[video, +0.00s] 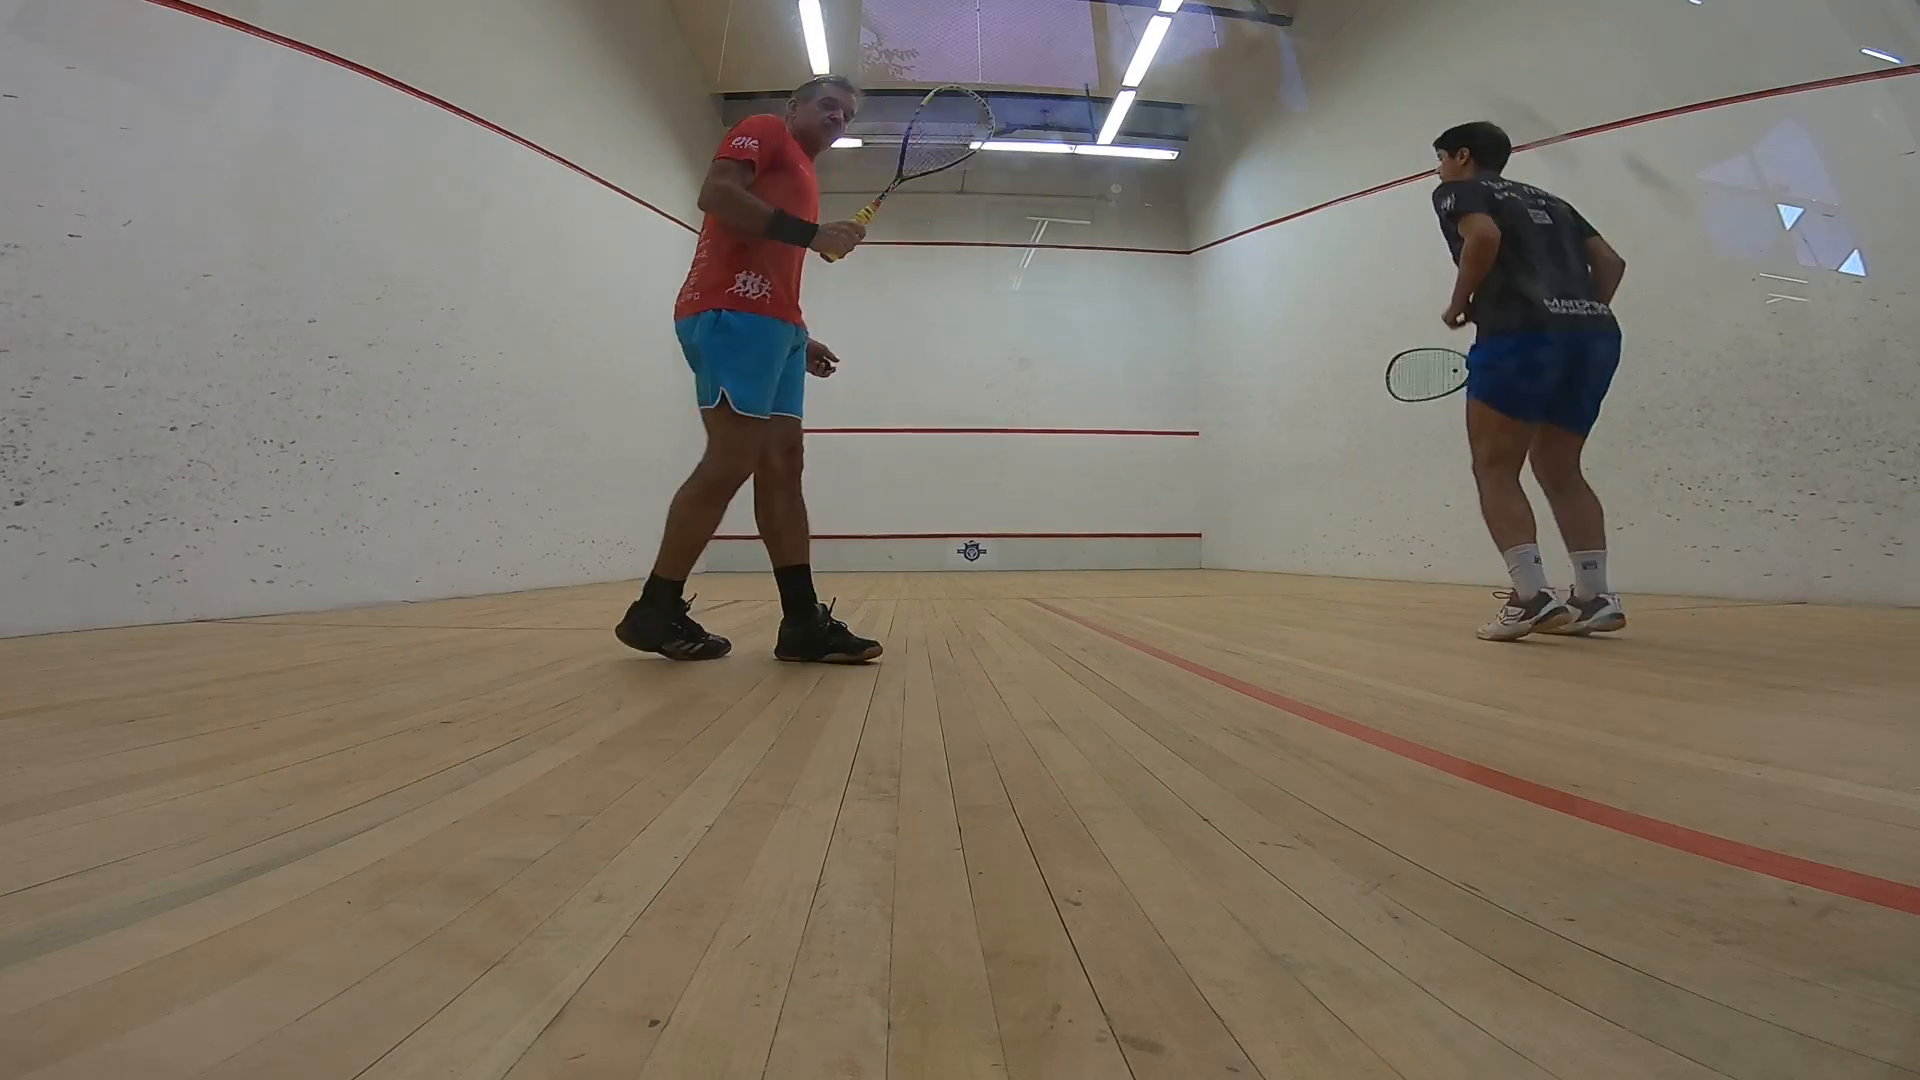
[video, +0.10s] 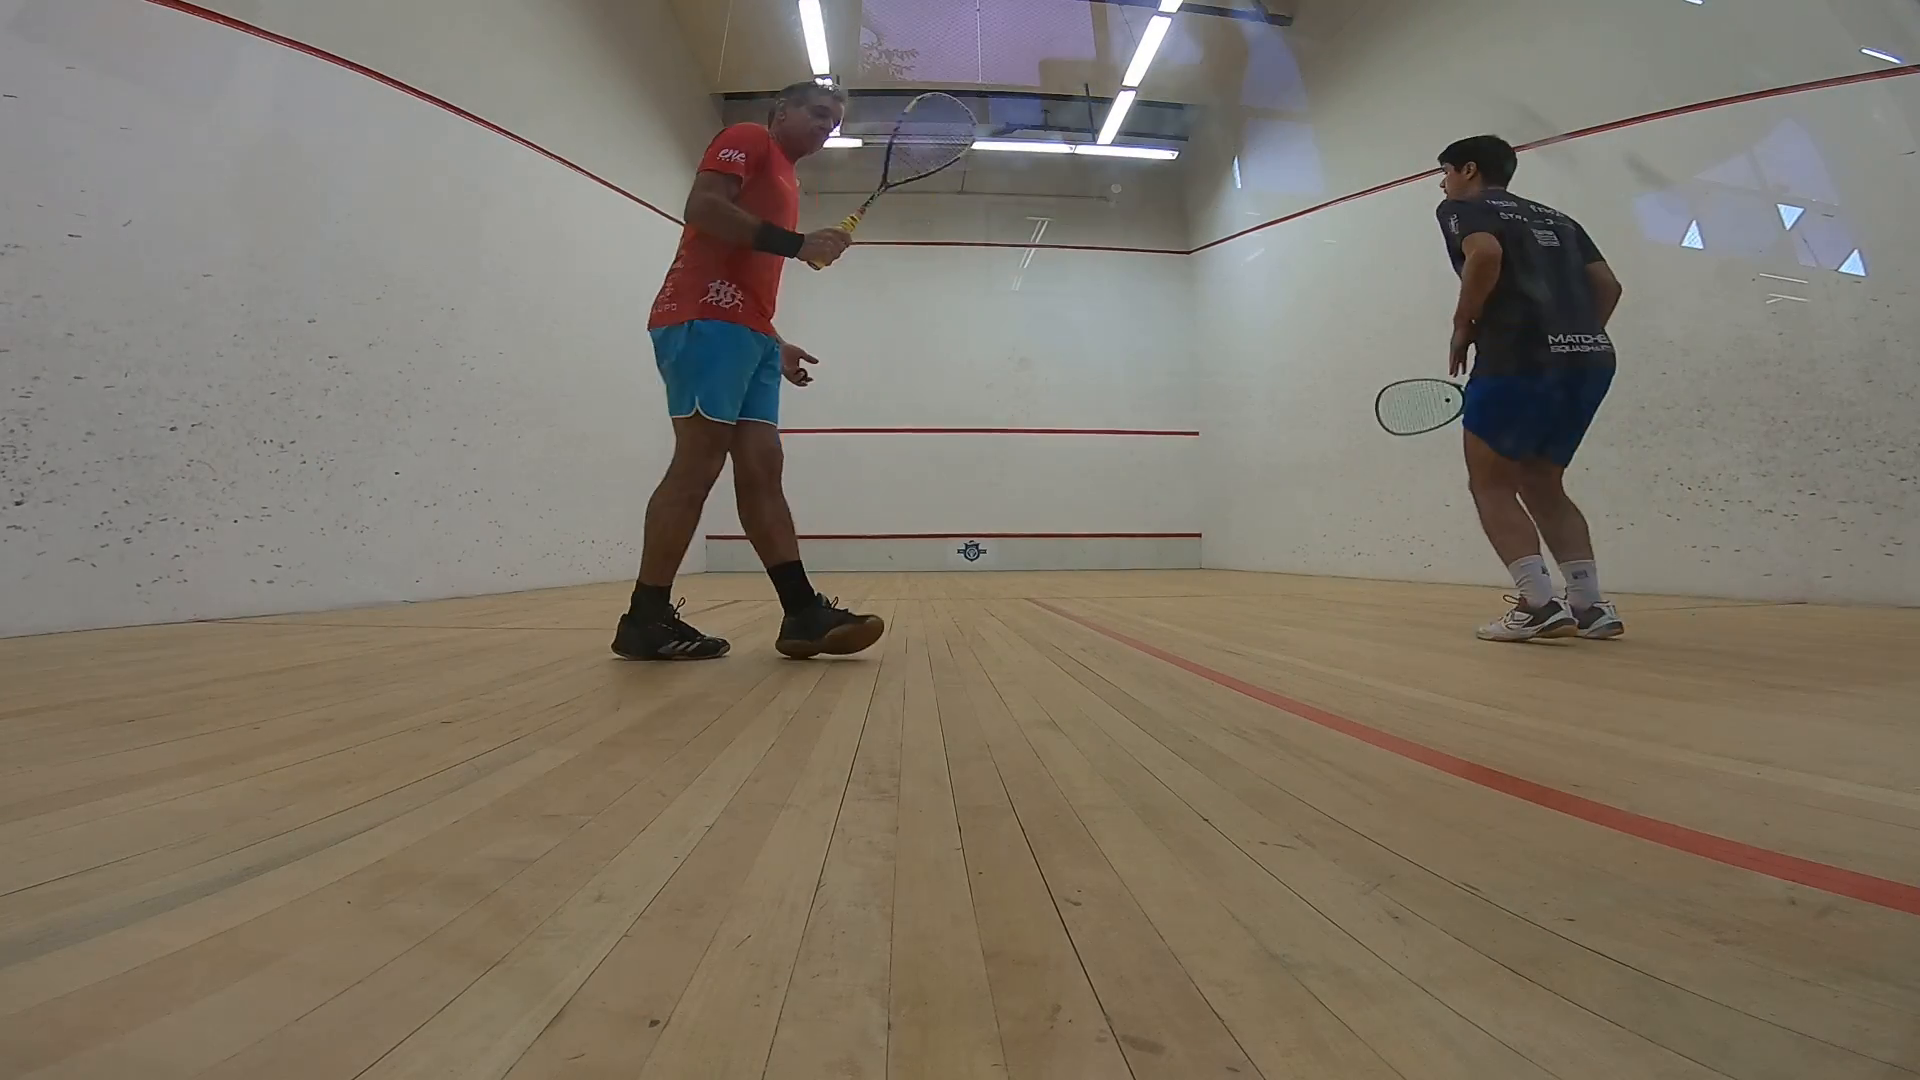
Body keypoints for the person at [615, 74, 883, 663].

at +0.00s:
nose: (838, 121)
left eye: (846, 117)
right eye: (831, 107)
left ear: (842, 128)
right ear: (799, 101)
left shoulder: (800, 175)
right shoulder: (766, 128)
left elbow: (764, 274)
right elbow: (716, 192)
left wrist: (799, 341)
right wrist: (810, 234)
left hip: (774, 326)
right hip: (731, 314)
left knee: (781, 466)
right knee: (730, 458)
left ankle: (803, 621)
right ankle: (655, 609)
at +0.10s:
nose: (827, 130)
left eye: (834, 124)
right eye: (820, 115)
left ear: (823, 133)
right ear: (784, 108)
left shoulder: (784, 182)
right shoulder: (749, 137)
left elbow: (740, 281)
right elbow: (703, 206)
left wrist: (776, 345)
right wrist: (795, 243)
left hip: (751, 336)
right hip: (707, 319)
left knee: (762, 467)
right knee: (695, 466)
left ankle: (804, 612)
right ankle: (645, 617)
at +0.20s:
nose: (816, 147)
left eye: (820, 136)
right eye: (814, 133)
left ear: (785, 120)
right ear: (781, 117)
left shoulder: (769, 183)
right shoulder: (727, 142)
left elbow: (736, 280)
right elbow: (683, 205)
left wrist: (774, 340)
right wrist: (780, 228)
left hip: (735, 333)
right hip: (689, 317)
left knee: (752, 464)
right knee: (678, 461)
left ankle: (786, 607)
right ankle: (643, 618)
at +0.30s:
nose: (803, 162)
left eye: (809, 151)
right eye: (803, 146)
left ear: (779, 132)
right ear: (777, 127)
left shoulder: (757, 199)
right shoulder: (715, 145)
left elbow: (733, 278)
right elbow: (657, 188)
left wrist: (789, 334)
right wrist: (752, 180)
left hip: (722, 333)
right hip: (672, 319)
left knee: (740, 458)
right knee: (662, 459)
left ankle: (743, 606)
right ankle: (641, 618)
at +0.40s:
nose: (798, 163)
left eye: (804, 152)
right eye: (799, 147)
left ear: (776, 136)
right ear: (768, 126)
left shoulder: (746, 193)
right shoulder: (706, 154)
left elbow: (730, 279)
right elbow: (647, 151)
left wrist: (797, 316)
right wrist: (729, 116)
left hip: (709, 331)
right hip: (665, 321)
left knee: (716, 462)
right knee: (662, 461)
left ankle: (693, 602)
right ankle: (640, 621)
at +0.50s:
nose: (790, 170)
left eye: (795, 160)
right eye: (790, 156)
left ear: (767, 150)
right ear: (764, 138)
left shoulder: (739, 204)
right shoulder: (700, 158)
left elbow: (718, 285)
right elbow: (654, 130)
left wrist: (785, 309)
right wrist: (726, 82)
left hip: (693, 334)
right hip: (664, 328)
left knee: (693, 462)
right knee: (668, 460)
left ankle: (655, 604)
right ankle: (642, 616)